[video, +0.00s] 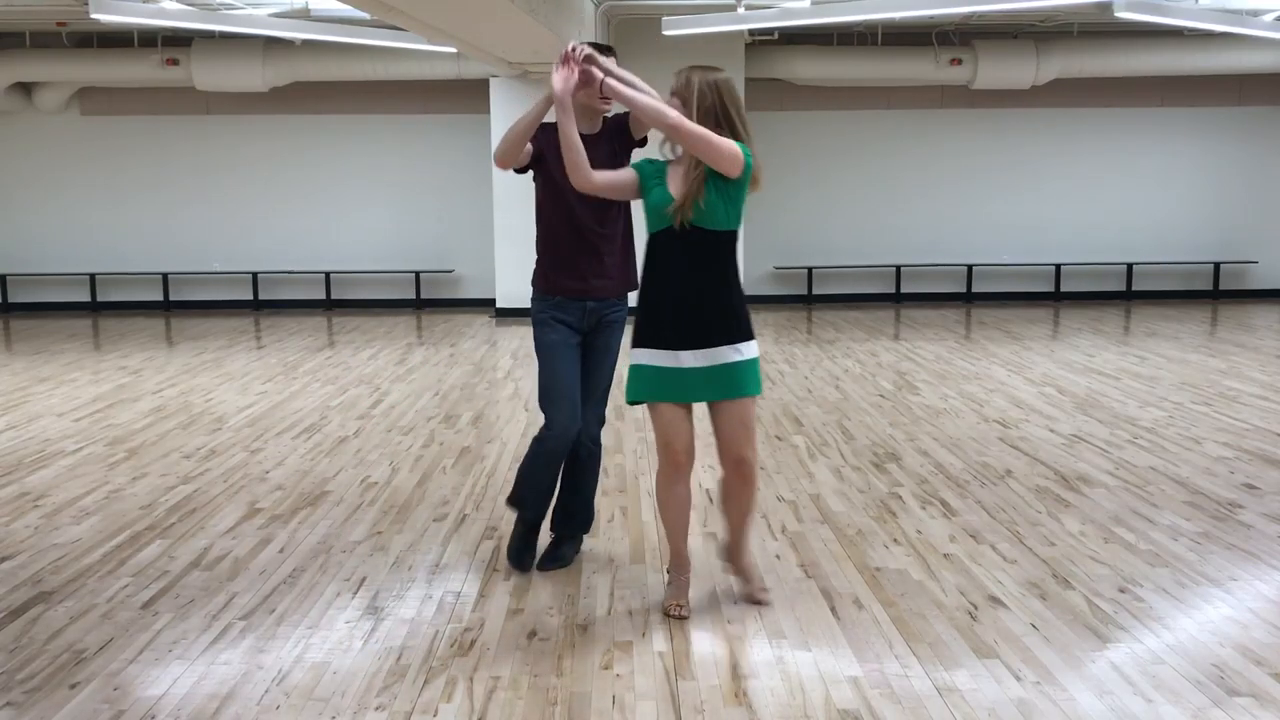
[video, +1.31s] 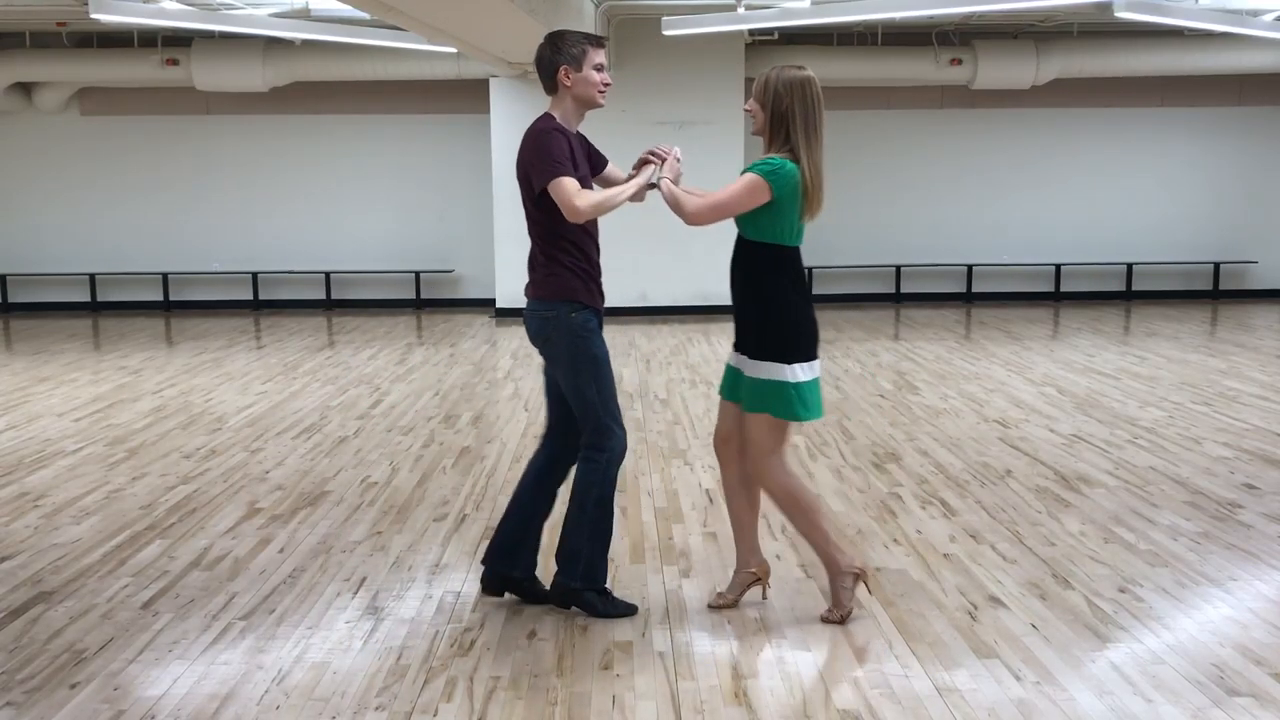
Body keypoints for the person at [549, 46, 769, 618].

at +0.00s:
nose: (672, 112)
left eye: (680, 106)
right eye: (671, 106)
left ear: (705, 110)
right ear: (668, 117)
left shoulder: (736, 164)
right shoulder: (653, 172)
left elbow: (672, 121)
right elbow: (584, 179)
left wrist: (614, 84)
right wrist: (562, 101)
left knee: (740, 460)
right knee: (675, 459)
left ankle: (738, 549)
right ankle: (678, 567)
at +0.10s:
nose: (692, 110)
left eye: (700, 102)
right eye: (693, 102)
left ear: (724, 107)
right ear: (714, 108)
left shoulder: (755, 161)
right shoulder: (685, 170)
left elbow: (682, 150)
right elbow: (622, 209)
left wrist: (612, 107)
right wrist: (579, 144)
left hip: (746, 327)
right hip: (685, 327)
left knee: (766, 460)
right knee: (687, 458)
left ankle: (808, 570)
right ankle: (684, 568)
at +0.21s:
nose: (718, 111)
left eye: (725, 102)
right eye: (720, 102)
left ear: (748, 106)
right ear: (753, 106)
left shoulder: (773, 163)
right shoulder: (725, 177)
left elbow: (710, 193)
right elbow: (666, 234)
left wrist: (639, 166)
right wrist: (616, 195)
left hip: (772, 332)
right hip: (721, 331)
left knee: (786, 461)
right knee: (707, 458)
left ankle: (839, 570)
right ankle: (701, 567)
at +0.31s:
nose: (740, 110)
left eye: (748, 102)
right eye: (744, 101)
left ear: (770, 111)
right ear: (778, 111)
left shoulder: (783, 173)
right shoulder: (762, 181)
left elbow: (732, 236)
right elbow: (715, 258)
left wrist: (665, 212)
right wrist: (651, 228)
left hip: (795, 341)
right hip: (758, 341)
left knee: (793, 461)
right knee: (730, 454)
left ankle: (849, 572)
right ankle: (755, 563)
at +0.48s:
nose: (764, 113)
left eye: (772, 105)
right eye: (767, 104)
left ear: (794, 114)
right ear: (808, 115)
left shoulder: (799, 179)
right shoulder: (802, 176)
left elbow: (770, 267)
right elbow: (774, 263)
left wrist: (722, 257)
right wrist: (728, 265)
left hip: (803, 336)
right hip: (812, 332)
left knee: (789, 462)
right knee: (801, 460)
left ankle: (851, 576)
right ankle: (879, 555)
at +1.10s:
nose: (768, 107)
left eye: (777, 99)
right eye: (771, 98)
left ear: (801, 110)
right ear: (808, 109)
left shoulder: (810, 175)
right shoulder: (801, 172)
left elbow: (741, 237)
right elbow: (747, 233)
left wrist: (703, 210)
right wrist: (705, 212)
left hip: (820, 340)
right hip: (801, 339)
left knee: (817, 459)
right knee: (758, 445)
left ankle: (863, 579)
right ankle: (810, 559)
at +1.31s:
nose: (746, 107)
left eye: (754, 99)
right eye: (749, 98)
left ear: (778, 109)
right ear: (782, 109)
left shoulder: (780, 173)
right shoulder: (773, 167)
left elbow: (697, 213)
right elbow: (713, 205)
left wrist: (664, 183)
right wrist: (673, 181)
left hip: (778, 333)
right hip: (756, 328)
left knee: (764, 460)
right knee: (728, 444)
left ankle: (841, 566)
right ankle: (749, 562)